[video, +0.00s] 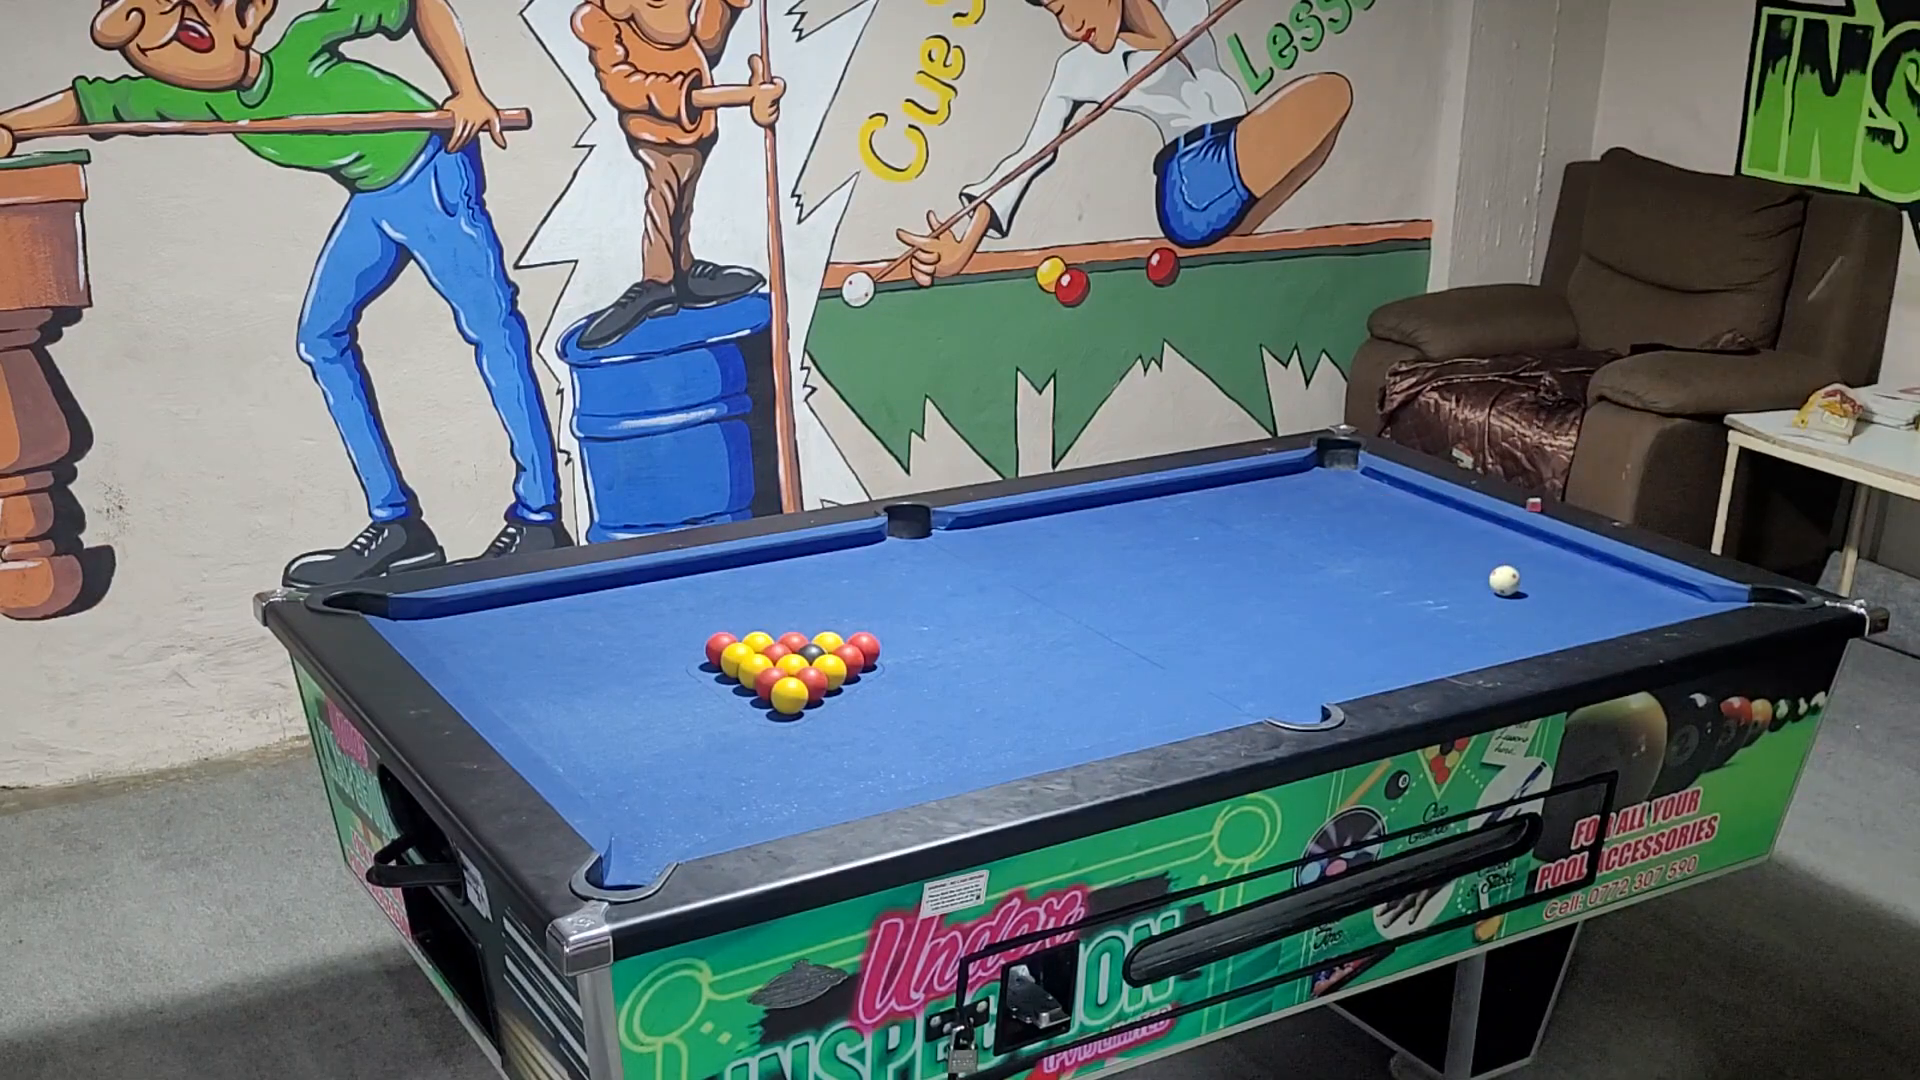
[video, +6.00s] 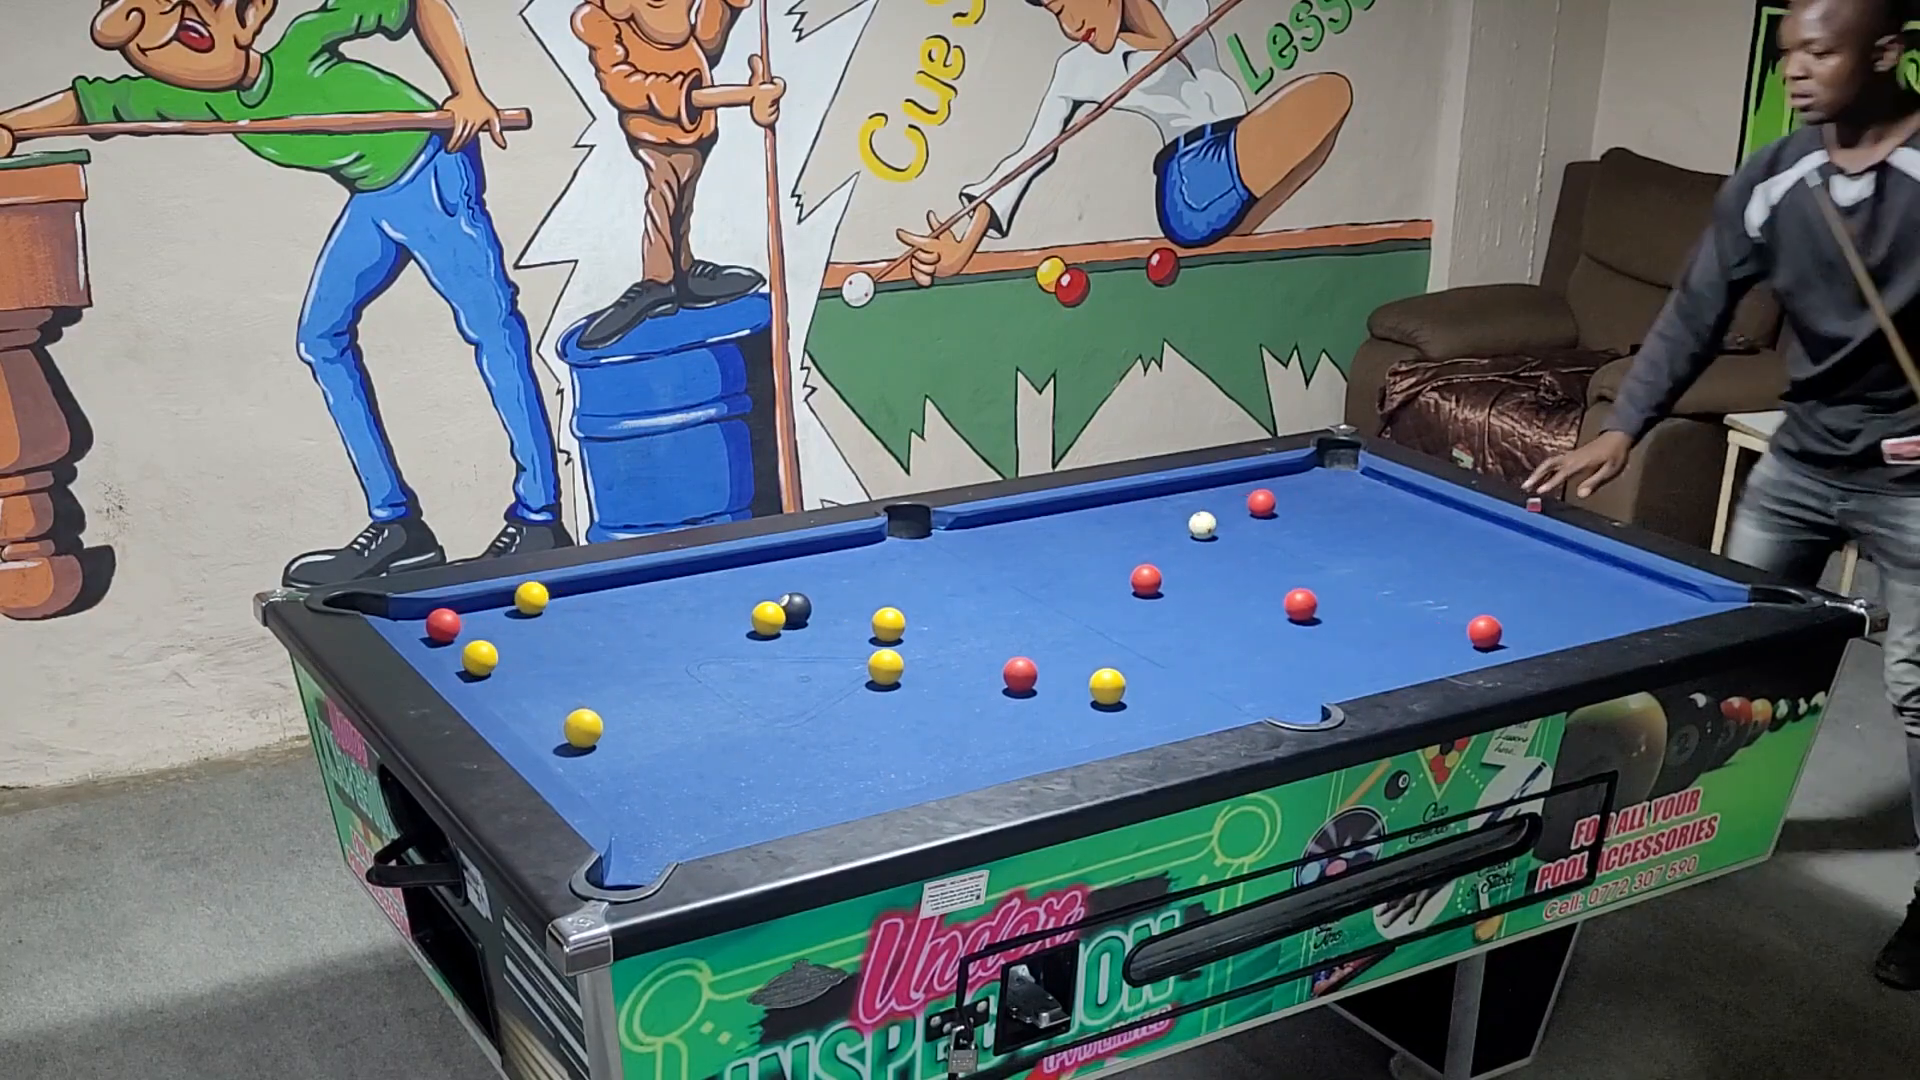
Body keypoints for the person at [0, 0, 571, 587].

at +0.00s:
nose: (207, 53)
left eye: (200, 39)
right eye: (190, 54)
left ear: (225, 20)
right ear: (183, 74)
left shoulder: (300, 37)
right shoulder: (213, 99)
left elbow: (418, 4)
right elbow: (90, 101)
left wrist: (467, 87)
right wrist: (9, 124)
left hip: (426, 166)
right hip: (369, 199)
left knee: (492, 330)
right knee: (322, 338)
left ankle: (541, 517)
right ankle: (397, 523)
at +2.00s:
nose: (208, 55)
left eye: (201, 40)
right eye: (191, 54)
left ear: (223, 21)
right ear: (182, 75)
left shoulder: (300, 37)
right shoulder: (213, 99)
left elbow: (418, 4)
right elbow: (89, 100)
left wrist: (467, 87)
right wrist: (9, 124)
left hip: (426, 166)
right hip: (369, 199)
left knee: (493, 331)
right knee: (322, 338)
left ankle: (540, 517)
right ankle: (397, 523)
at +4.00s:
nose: (207, 60)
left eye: (200, 44)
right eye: (190, 59)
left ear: (228, 23)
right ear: (184, 74)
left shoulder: (300, 37)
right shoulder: (212, 98)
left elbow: (418, 4)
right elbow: (90, 101)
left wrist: (467, 87)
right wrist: (9, 124)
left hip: (426, 165)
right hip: (369, 199)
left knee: (492, 329)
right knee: (322, 337)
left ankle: (541, 516)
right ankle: (397, 522)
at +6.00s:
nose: (205, 55)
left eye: (199, 41)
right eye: (189, 55)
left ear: (225, 21)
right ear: (184, 74)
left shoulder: (300, 37)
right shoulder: (213, 98)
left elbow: (418, 3)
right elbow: (91, 100)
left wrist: (466, 87)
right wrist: (10, 124)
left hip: (426, 165)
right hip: (369, 198)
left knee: (491, 327)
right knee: (322, 337)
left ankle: (541, 518)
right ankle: (397, 522)